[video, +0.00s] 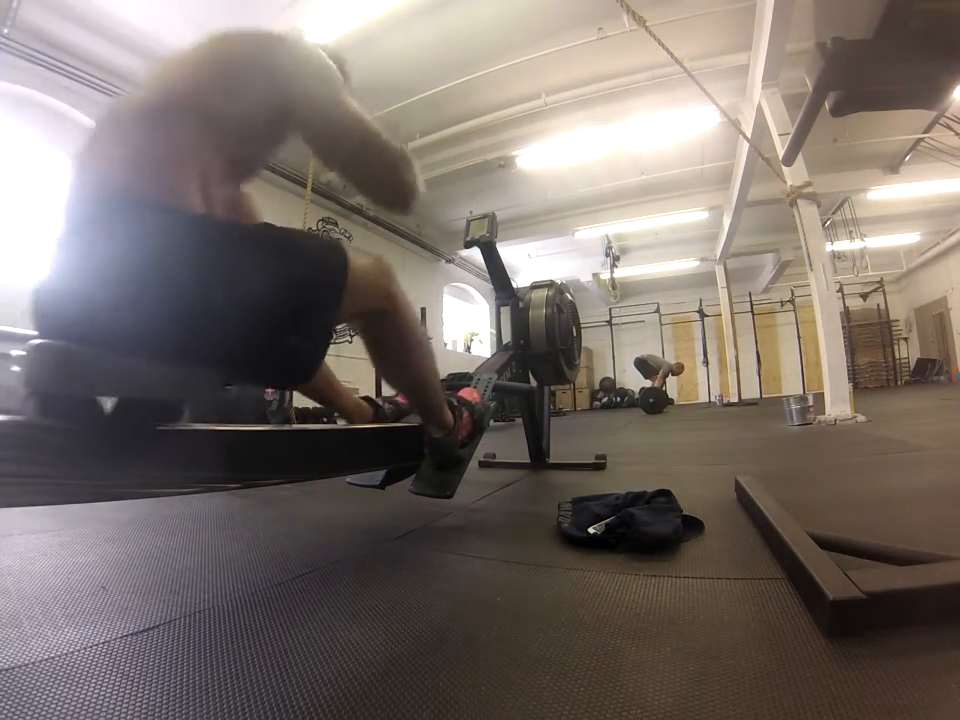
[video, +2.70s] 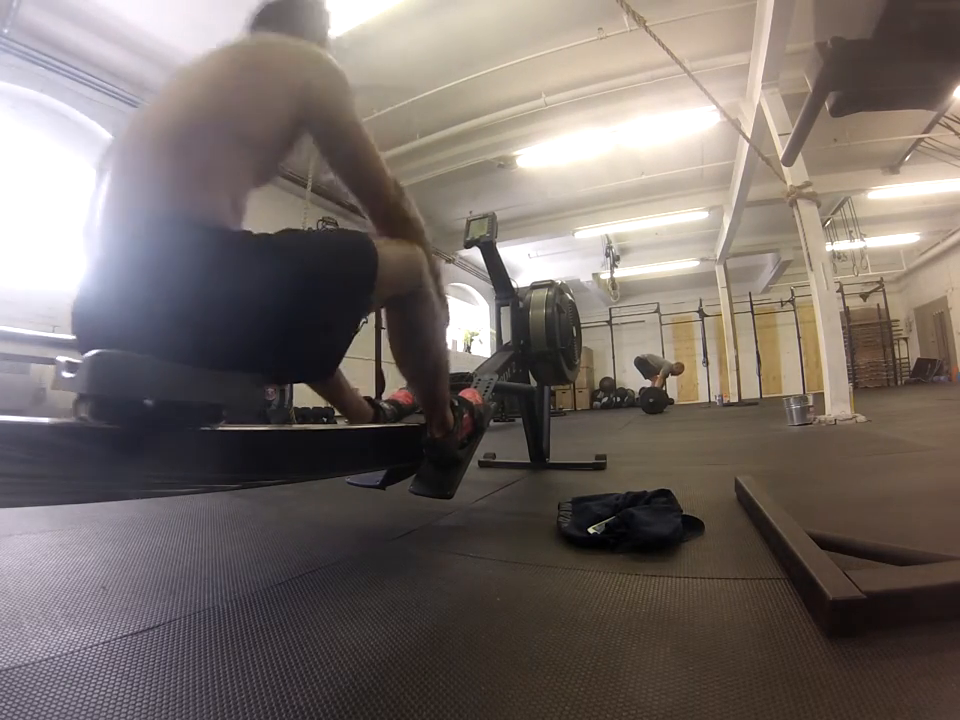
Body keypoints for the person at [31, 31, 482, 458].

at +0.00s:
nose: (330, 112)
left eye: (334, 101)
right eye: (334, 96)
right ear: (323, 65)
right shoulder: (289, 56)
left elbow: (252, 246)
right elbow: (400, 190)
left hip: (73, 292)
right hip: (167, 279)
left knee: (267, 307)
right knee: (378, 285)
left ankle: (358, 411)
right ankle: (447, 427)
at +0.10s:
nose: (358, 138)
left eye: (362, 127)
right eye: (360, 122)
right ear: (347, 90)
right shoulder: (330, 92)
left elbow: (289, 242)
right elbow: (423, 222)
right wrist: (434, 261)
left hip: (92, 296)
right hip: (178, 287)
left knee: (280, 312)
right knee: (390, 281)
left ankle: (358, 412)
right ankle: (447, 428)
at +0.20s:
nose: (382, 160)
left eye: (385, 152)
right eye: (384, 146)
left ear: (341, 95)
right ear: (370, 117)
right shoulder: (357, 118)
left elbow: (315, 271)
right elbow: (449, 258)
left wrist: (402, 340)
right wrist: (449, 318)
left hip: (117, 301)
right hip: (197, 290)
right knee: (399, 269)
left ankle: (361, 414)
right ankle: (446, 425)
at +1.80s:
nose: (391, 177)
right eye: (391, 163)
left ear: (336, 118)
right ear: (383, 140)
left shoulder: (274, 141)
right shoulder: (378, 151)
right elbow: (415, 272)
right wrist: (382, 347)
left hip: (144, 321)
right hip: (231, 299)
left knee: (300, 295)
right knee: (430, 261)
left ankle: (363, 414)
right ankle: (444, 426)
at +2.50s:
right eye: (371, 105)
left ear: (307, 77)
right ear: (364, 96)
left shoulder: (239, 115)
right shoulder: (356, 125)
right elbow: (382, 257)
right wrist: (397, 335)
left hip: (126, 312)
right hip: (220, 298)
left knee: (288, 294)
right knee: (415, 263)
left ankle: (364, 418)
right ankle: (443, 426)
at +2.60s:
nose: (347, 92)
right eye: (350, 83)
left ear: (282, 56)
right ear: (338, 72)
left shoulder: (215, 95)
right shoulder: (336, 96)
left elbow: (125, 178)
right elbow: (384, 225)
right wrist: (393, 298)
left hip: (117, 309)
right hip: (212, 300)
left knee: (283, 291)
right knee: (412, 263)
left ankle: (364, 417)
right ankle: (443, 427)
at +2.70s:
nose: (328, 56)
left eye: (327, 48)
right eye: (325, 46)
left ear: (254, 29)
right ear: (315, 38)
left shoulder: (196, 76)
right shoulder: (308, 64)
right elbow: (392, 211)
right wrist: (431, 301)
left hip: (102, 305)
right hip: (195, 291)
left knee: (278, 287)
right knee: (412, 266)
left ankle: (364, 415)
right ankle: (444, 427)